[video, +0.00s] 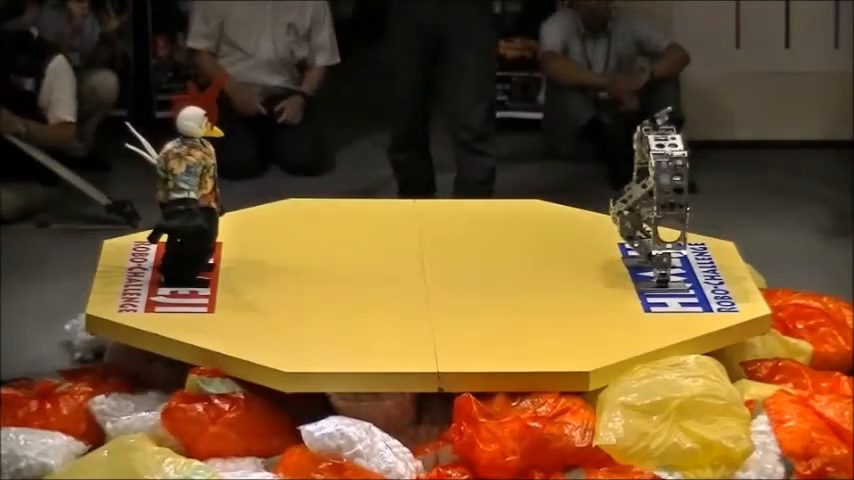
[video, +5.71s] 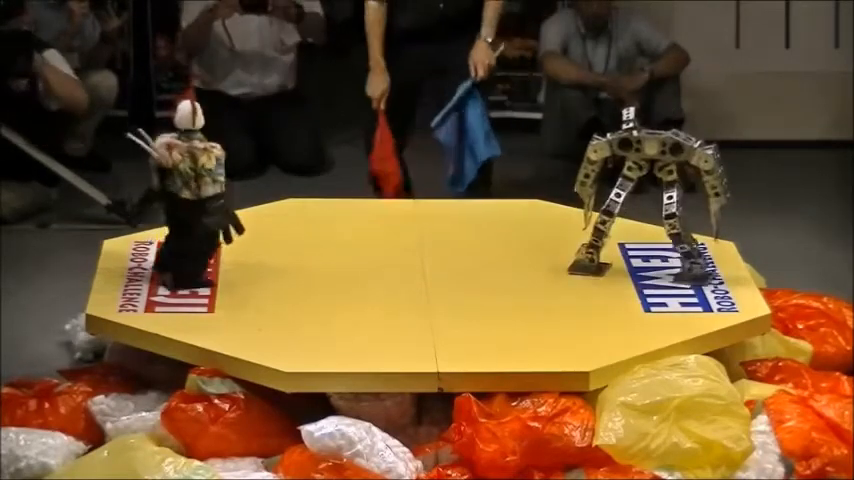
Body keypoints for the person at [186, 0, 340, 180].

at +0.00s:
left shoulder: (313, 5)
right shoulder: (213, 5)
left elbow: (321, 58)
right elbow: (201, 53)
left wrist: (301, 97)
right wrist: (234, 90)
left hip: (286, 93)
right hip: (234, 93)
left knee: (305, 161)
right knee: (237, 165)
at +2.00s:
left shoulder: (302, 5)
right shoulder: (203, 5)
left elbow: (312, 61)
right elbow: (192, 61)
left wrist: (291, 100)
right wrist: (226, 105)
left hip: (280, 97)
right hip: (229, 101)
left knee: (305, 160)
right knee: (236, 163)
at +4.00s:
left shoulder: (301, 5)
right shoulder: (202, 5)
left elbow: (310, 62)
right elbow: (191, 62)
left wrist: (291, 100)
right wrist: (226, 106)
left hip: (279, 99)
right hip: (227, 102)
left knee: (307, 161)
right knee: (238, 163)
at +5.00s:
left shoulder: (301, 5)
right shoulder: (196, 6)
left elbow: (317, 49)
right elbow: (187, 59)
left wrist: (299, 81)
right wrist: (220, 82)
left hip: (280, 97)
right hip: (229, 99)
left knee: (306, 161)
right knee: (237, 164)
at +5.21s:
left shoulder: (301, 4)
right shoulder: (197, 5)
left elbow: (320, 45)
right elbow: (183, 54)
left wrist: (296, 57)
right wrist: (215, 53)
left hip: (283, 99)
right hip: (227, 100)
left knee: (306, 162)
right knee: (236, 165)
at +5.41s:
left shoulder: (297, 3)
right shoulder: (197, 4)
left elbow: (322, 42)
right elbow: (183, 55)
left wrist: (294, 32)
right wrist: (213, 34)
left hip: (283, 99)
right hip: (228, 103)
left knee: (306, 162)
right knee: (236, 166)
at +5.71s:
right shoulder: (198, 5)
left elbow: (320, 31)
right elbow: (186, 48)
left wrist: (296, 16)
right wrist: (211, 15)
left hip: (279, 96)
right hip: (221, 99)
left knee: (307, 162)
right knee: (239, 166)